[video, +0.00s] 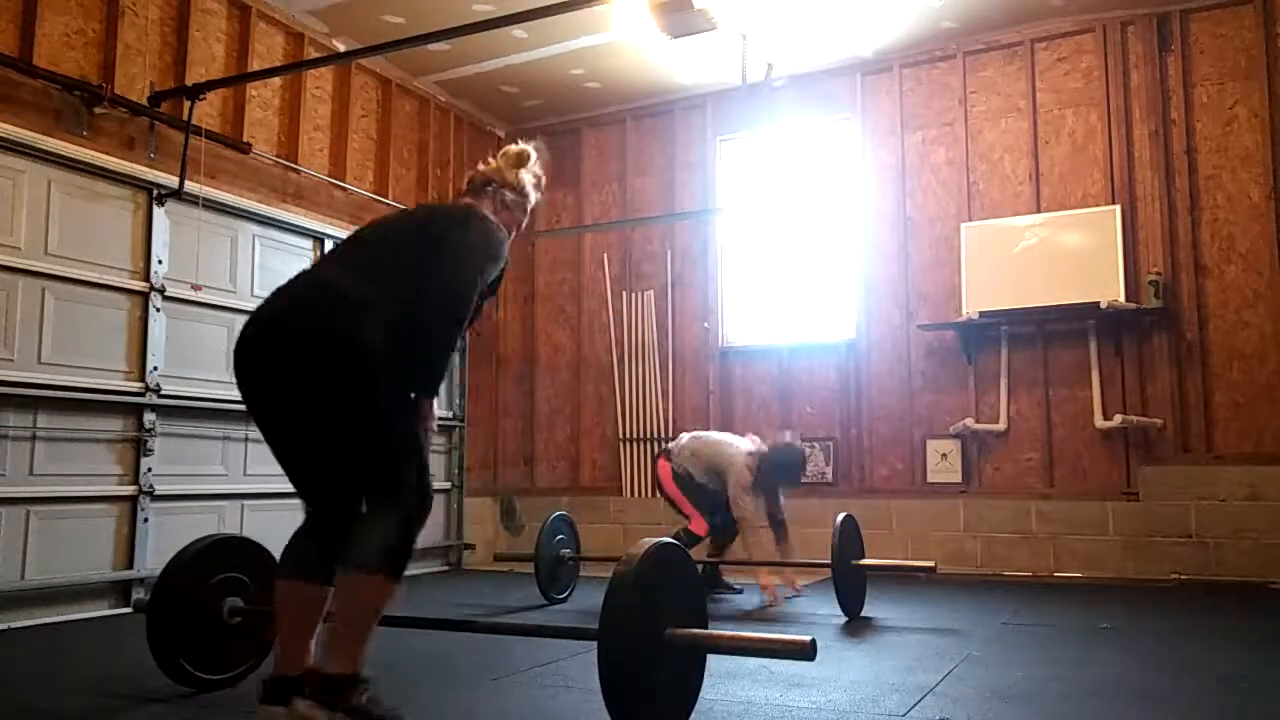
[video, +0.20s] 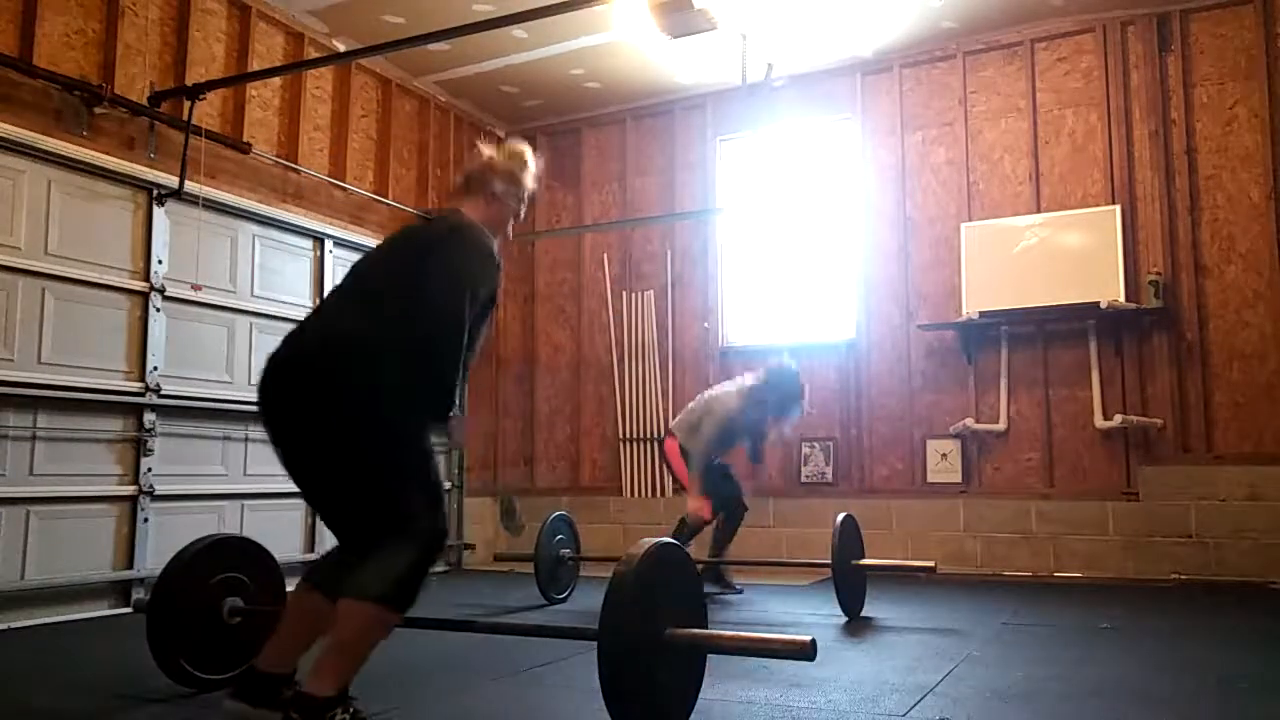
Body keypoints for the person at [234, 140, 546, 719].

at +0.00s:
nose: (511, 229)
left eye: (516, 220)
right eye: (514, 218)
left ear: (466, 194)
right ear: (505, 206)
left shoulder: (410, 221)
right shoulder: (486, 234)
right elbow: (440, 314)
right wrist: (425, 400)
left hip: (269, 345)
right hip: (347, 358)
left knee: (330, 505)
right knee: (401, 499)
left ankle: (286, 678)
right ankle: (336, 680)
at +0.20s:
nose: (516, 222)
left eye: (519, 210)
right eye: (518, 210)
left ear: (463, 191)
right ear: (506, 203)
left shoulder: (422, 231)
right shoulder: (473, 250)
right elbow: (438, 335)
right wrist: (440, 414)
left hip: (295, 385)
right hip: (358, 397)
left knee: (369, 537)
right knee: (416, 533)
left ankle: (267, 674)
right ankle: (321, 697)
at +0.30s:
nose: (522, 166)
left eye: (524, 155)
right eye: (523, 153)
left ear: (468, 132)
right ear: (511, 146)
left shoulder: (432, 183)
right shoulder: (472, 196)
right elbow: (449, 297)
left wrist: (483, 305)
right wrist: (439, 356)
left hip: (331, 350)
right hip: (381, 365)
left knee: (366, 520)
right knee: (393, 521)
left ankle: (273, 664)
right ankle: (325, 686)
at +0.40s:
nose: (536, 134)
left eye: (541, 124)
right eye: (537, 120)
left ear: (490, 96)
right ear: (512, 103)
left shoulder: (445, 136)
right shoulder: (483, 148)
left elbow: (432, 236)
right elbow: (453, 239)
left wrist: (490, 272)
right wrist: (464, 316)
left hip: (357, 302)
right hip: (401, 312)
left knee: (389, 451)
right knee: (422, 447)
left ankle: (312, 593)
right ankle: (338, 584)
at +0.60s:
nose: (577, 169)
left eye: (586, 157)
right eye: (582, 151)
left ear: (549, 128)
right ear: (556, 131)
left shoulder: (505, 180)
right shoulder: (500, 181)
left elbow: (479, 274)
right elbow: (470, 274)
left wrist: (509, 333)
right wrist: (493, 342)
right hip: (396, 316)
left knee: (483, 413)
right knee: (483, 416)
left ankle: (376, 499)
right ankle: (374, 500)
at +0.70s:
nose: (602, 211)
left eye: (608, 200)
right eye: (603, 194)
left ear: (560, 170)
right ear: (575, 176)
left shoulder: (520, 222)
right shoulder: (523, 229)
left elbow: (489, 312)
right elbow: (482, 315)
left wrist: (524, 372)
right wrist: (519, 375)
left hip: (402, 356)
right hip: (421, 362)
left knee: (473, 469)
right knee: (477, 472)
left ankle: (447, 604)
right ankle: (447, 608)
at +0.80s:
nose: (607, 297)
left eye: (615, 288)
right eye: (607, 282)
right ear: (583, 261)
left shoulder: (553, 315)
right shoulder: (536, 309)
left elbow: (536, 396)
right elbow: (501, 399)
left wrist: (550, 458)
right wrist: (529, 465)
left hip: (474, 418)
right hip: (446, 420)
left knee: (499, 524)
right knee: (498, 526)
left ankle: (458, 643)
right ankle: (449, 651)